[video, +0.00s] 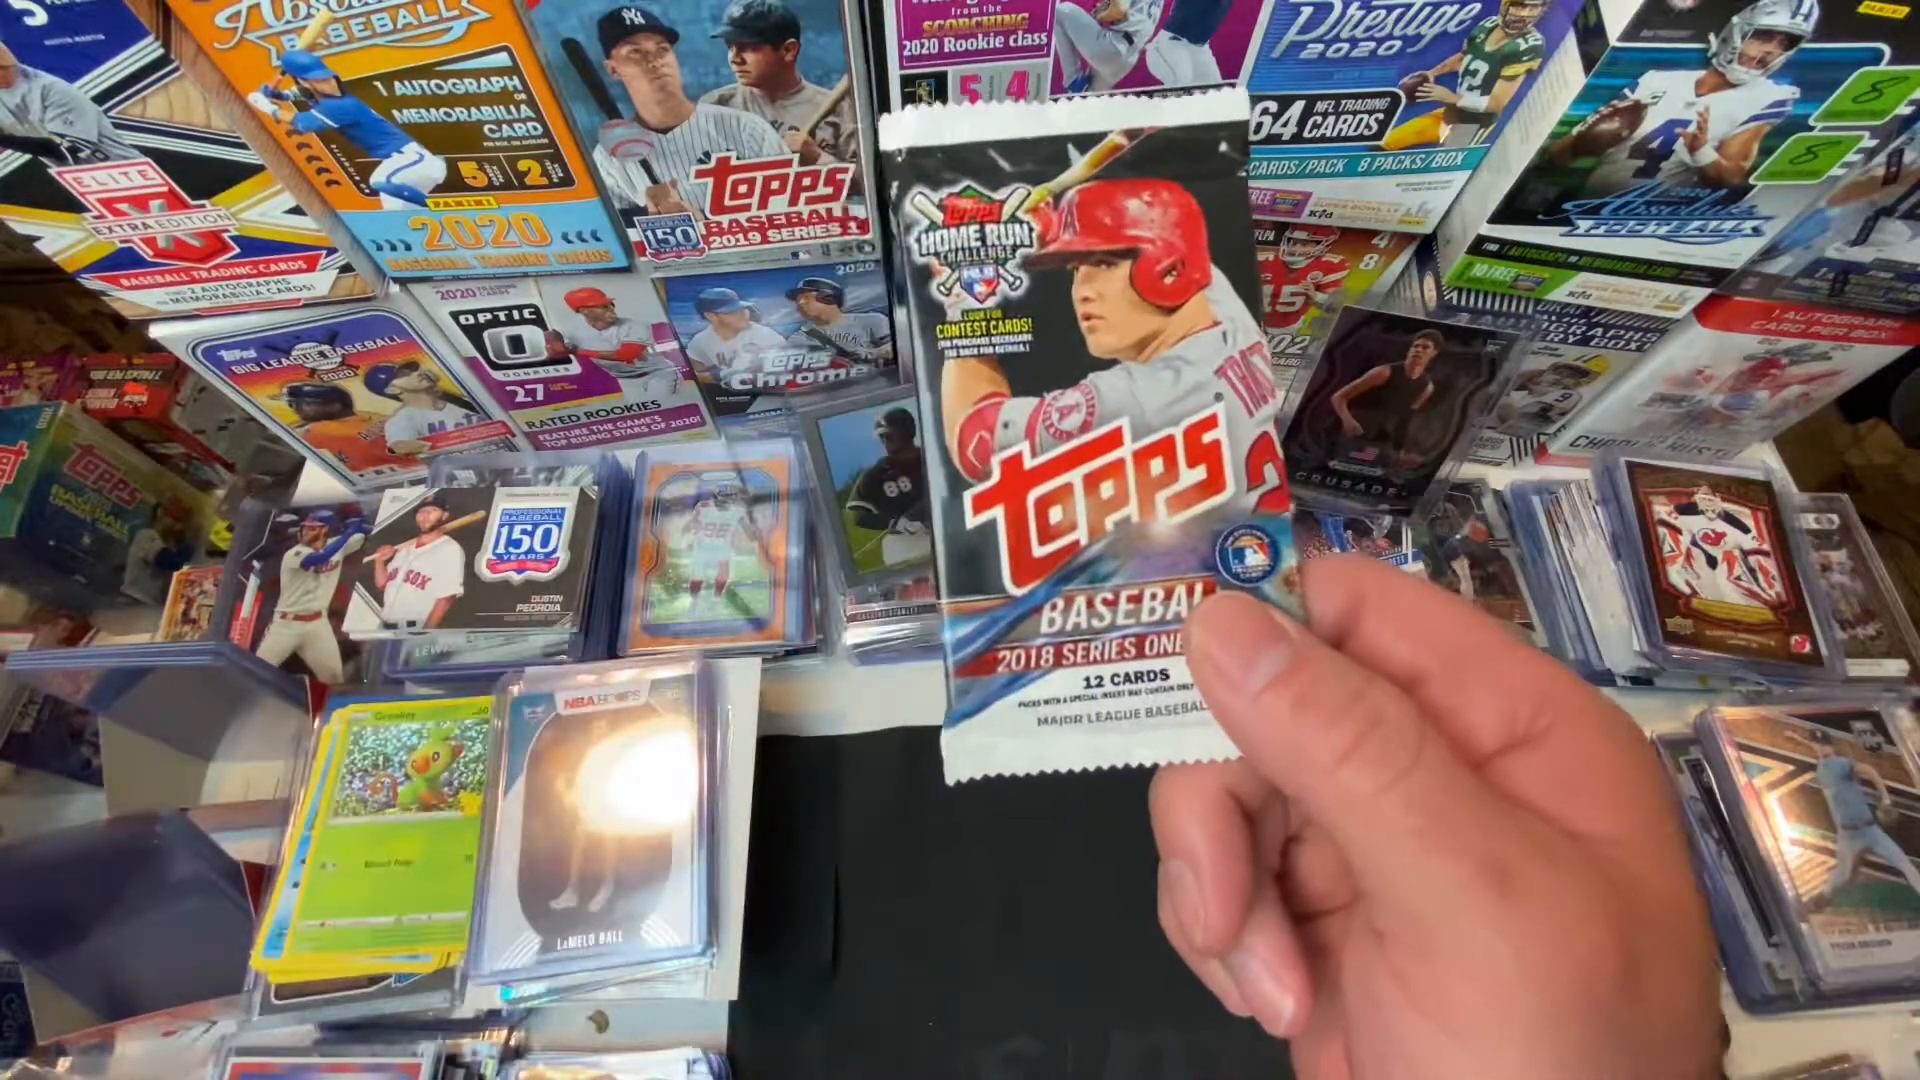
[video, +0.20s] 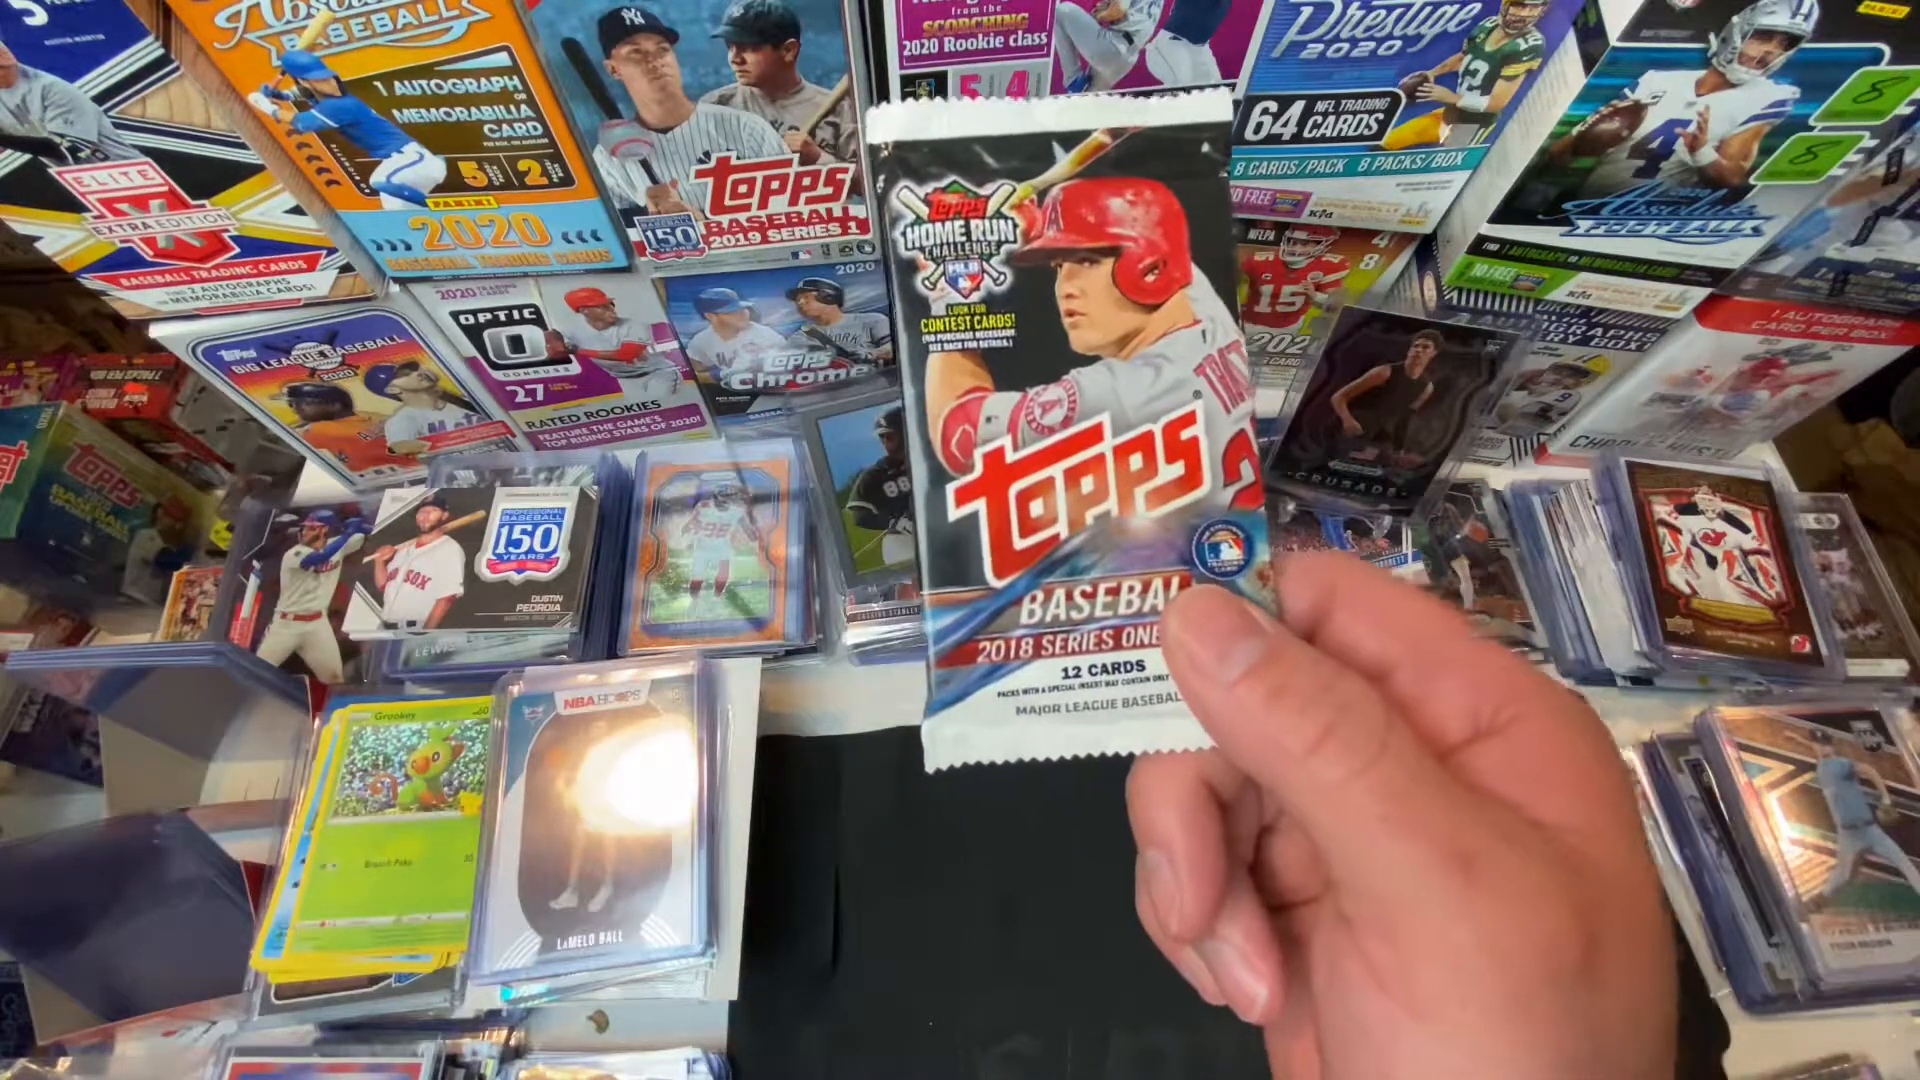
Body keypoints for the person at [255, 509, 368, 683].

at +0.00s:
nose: (304, 532)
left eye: (310, 528)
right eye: (304, 528)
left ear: (324, 531)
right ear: (302, 530)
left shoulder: (337, 549)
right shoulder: (293, 554)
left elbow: (366, 532)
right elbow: (318, 559)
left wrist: (357, 523)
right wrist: (347, 536)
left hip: (317, 625)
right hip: (284, 624)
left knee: (333, 675)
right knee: (259, 670)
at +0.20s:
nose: (303, 532)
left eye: (309, 528)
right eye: (304, 528)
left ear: (323, 531)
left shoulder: (336, 549)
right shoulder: (293, 554)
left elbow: (365, 532)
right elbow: (319, 560)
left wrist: (354, 522)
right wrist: (347, 536)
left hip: (317, 625)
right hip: (284, 624)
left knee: (334, 680)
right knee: (258, 671)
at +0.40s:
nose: (303, 532)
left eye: (309, 528)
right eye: (304, 528)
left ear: (324, 531)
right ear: (303, 530)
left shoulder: (336, 549)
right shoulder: (293, 554)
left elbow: (365, 532)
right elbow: (318, 560)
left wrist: (353, 523)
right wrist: (346, 536)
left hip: (317, 625)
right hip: (284, 624)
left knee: (334, 680)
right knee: (258, 671)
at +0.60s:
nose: (303, 532)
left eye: (309, 528)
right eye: (303, 528)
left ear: (324, 531)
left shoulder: (336, 549)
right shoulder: (293, 554)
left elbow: (366, 532)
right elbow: (319, 559)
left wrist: (355, 524)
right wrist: (346, 536)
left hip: (317, 625)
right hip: (284, 624)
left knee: (334, 679)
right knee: (259, 671)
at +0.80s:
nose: (304, 531)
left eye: (310, 528)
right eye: (304, 527)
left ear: (324, 531)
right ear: (303, 529)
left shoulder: (337, 548)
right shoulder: (293, 554)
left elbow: (366, 532)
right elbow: (317, 560)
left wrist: (355, 523)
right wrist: (348, 535)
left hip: (317, 625)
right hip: (285, 624)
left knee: (334, 678)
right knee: (258, 671)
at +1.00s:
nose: (304, 531)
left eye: (310, 528)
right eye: (304, 527)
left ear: (324, 531)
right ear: (303, 529)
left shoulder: (337, 549)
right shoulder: (293, 554)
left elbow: (366, 532)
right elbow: (318, 560)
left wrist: (356, 523)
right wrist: (347, 535)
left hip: (317, 626)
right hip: (284, 625)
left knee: (334, 680)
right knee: (257, 672)